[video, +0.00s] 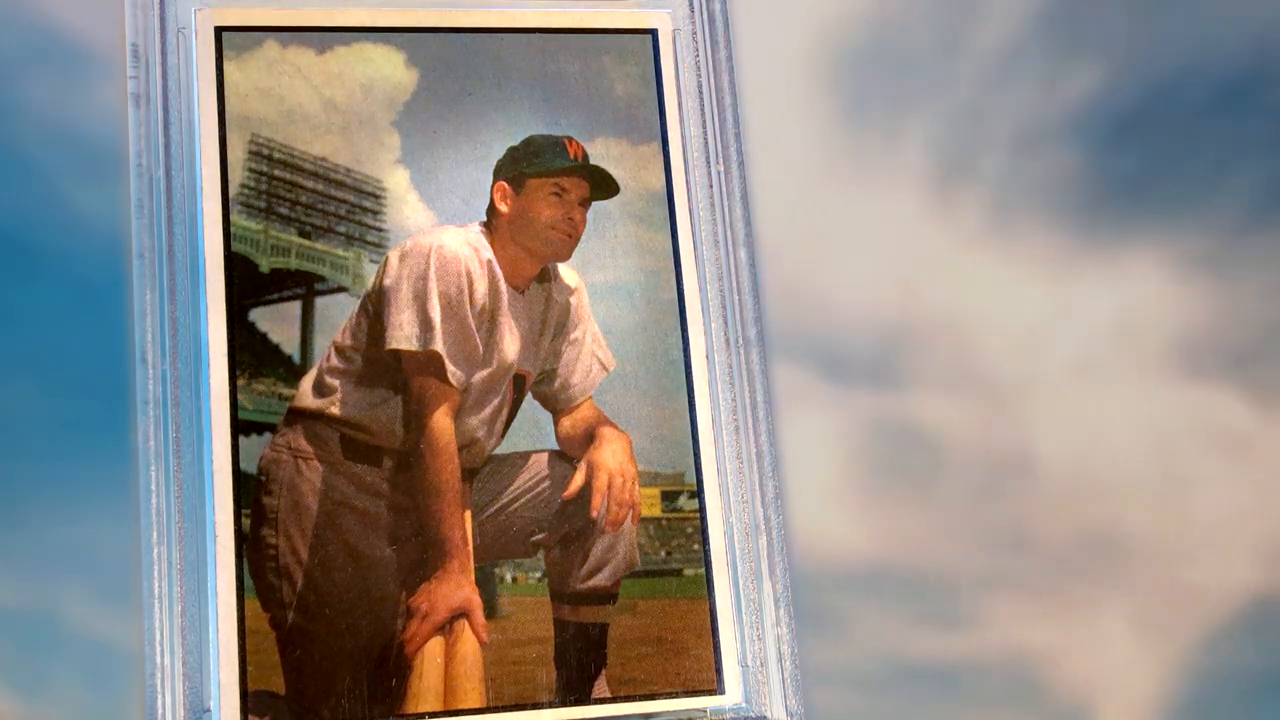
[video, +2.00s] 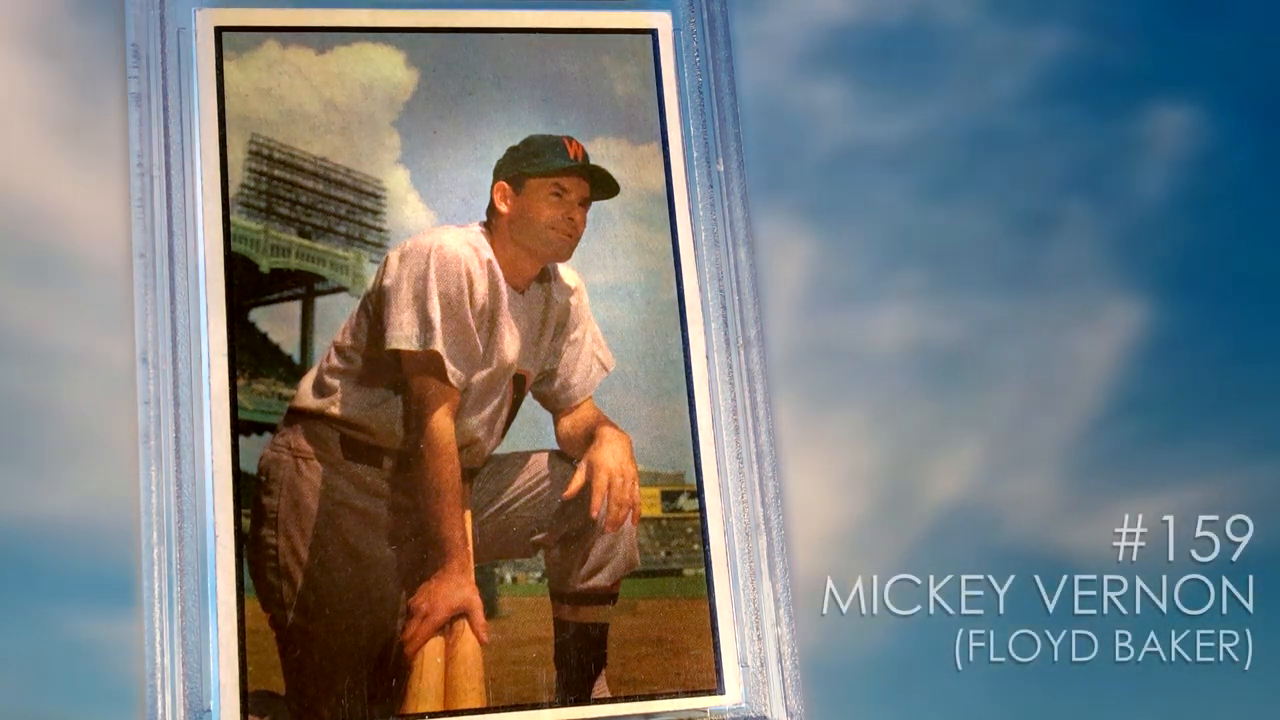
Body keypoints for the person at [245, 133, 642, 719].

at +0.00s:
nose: (576, 215)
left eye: (584, 203)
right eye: (557, 193)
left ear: (587, 217)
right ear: (504, 197)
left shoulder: (560, 295)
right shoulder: (442, 256)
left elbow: (575, 416)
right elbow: (432, 419)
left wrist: (609, 434)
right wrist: (454, 566)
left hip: (439, 486)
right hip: (335, 480)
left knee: (594, 487)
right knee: (346, 704)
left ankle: (580, 696)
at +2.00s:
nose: (576, 215)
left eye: (584, 204)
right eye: (557, 194)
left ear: (587, 217)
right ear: (505, 198)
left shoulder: (560, 295)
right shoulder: (441, 256)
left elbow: (575, 417)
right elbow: (432, 420)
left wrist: (609, 434)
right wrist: (454, 565)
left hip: (441, 486)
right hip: (335, 479)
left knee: (594, 487)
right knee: (347, 700)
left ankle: (581, 698)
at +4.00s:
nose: (576, 215)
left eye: (584, 203)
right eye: (558, 193)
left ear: (586, 217)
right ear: (505, 197)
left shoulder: (560, 296)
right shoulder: (441, 256)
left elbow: (575, 416)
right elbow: (431, 420)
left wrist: (609, 435)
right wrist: (454, 566)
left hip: (439, 486)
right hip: (334, 478)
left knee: (595, 488)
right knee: (349, 705)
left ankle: (580, 696)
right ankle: (243, 707)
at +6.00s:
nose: (576, 215)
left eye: (584, 204)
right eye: (557, 193)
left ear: (586, 217)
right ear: (504, 197)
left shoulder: (560, 296)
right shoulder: (441, 257)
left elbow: (575, 416)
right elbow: (431, 420)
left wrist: (609, 435)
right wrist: (454, 566)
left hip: (439, 486)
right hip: (334, 478)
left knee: (595, 488)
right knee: (348, 702)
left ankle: (579, 696)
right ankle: (239, 706)